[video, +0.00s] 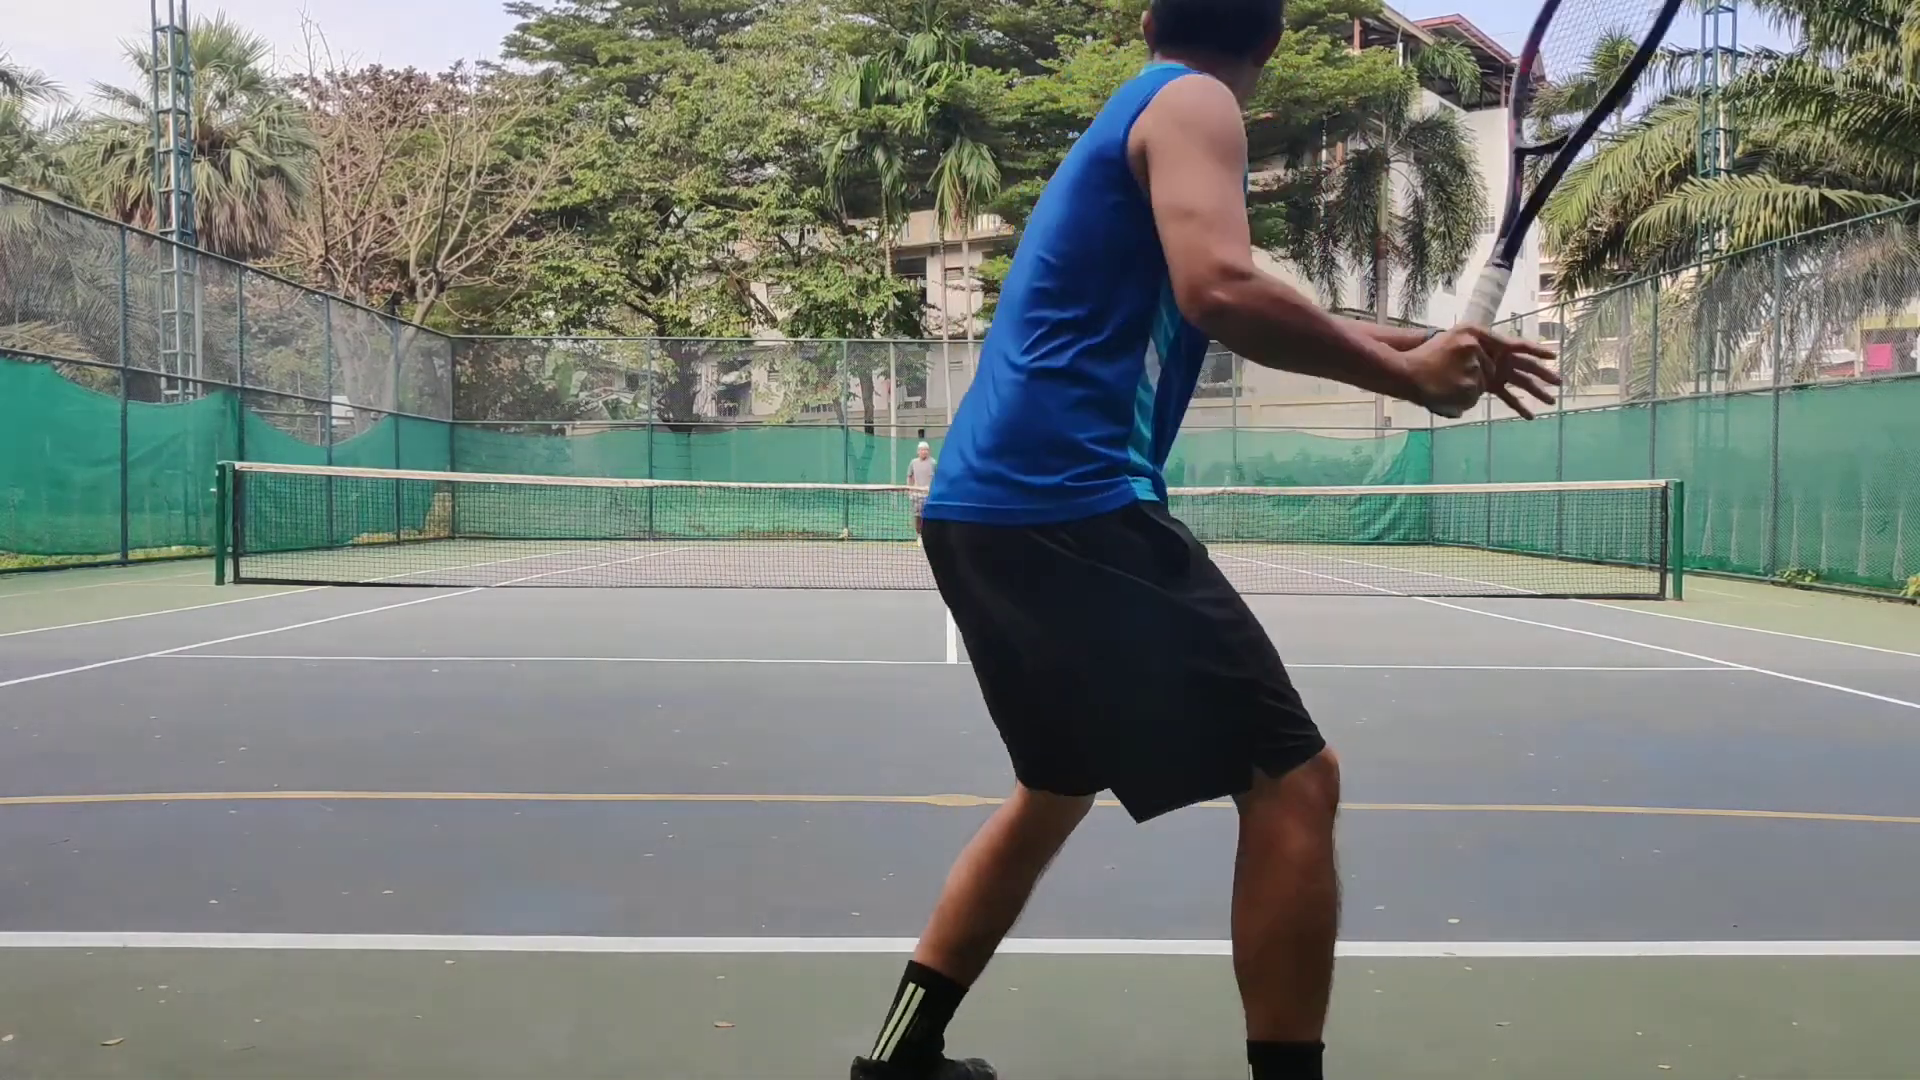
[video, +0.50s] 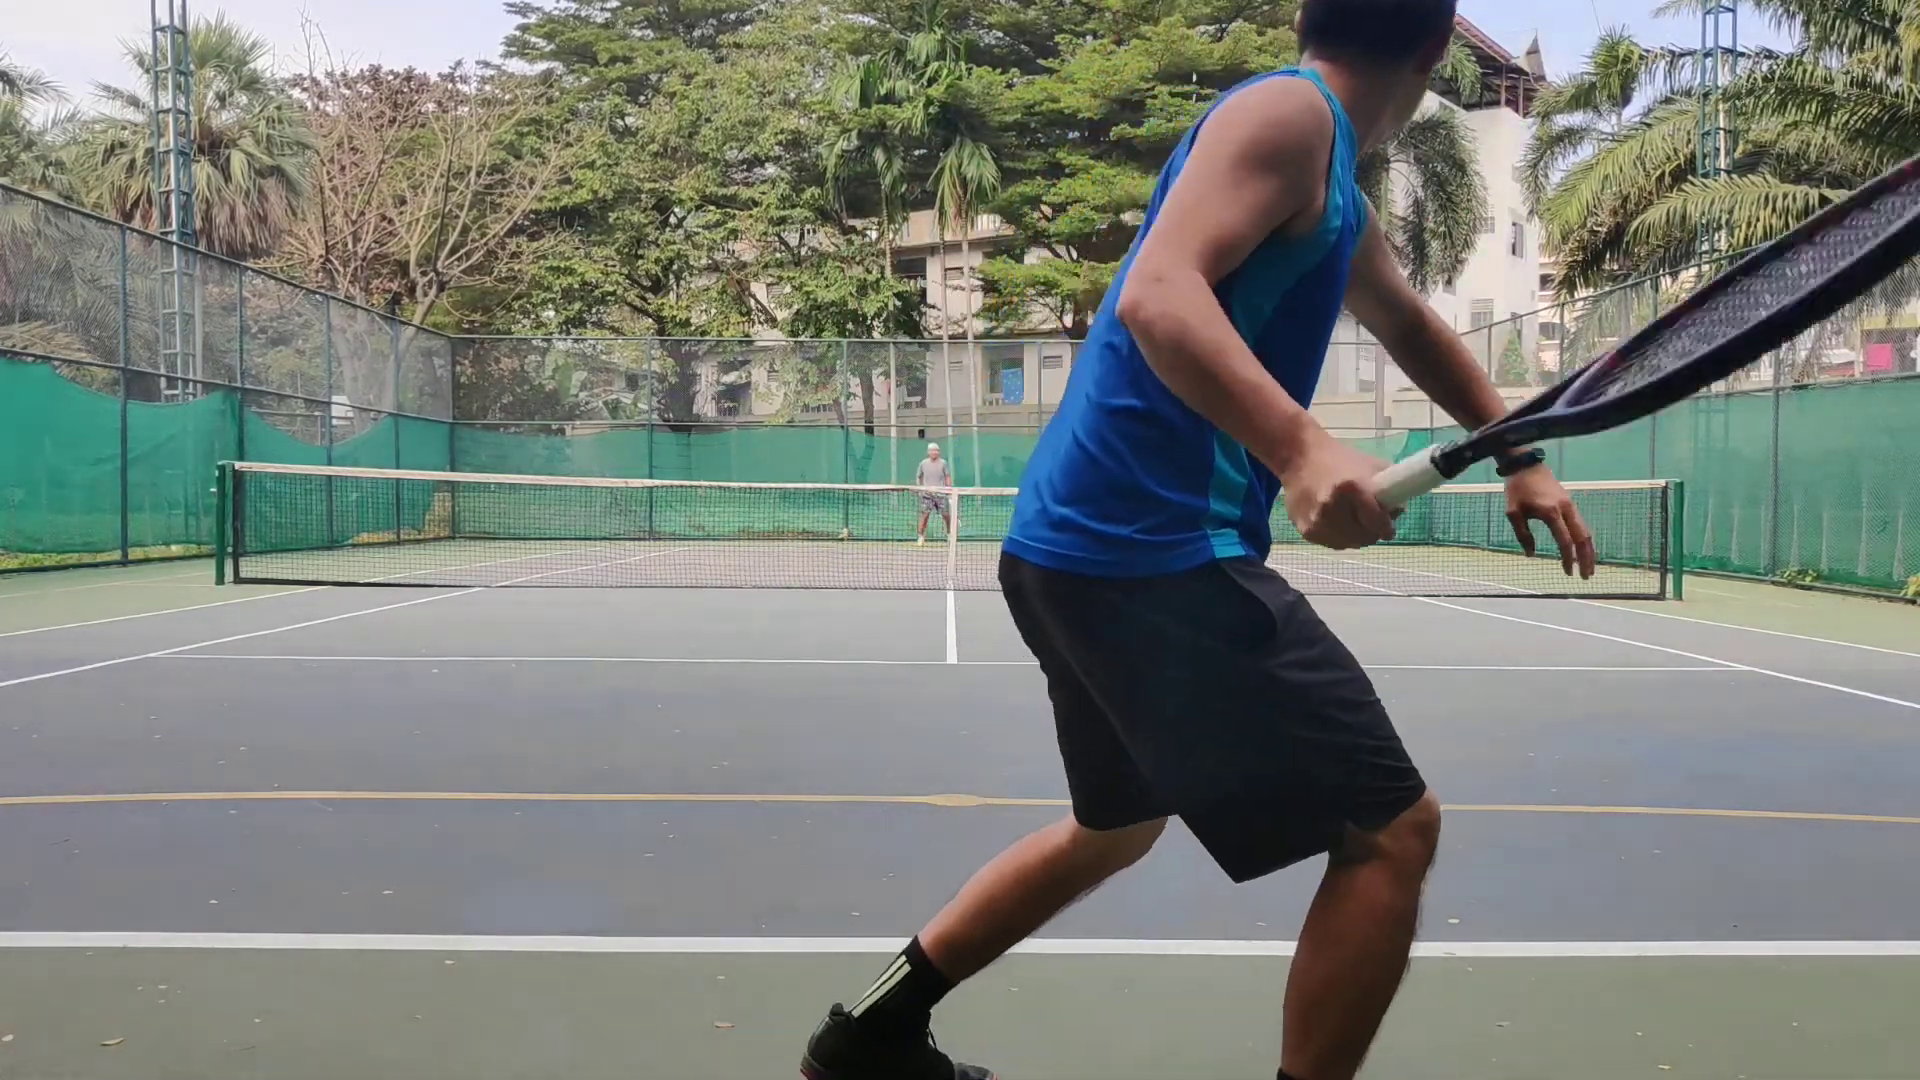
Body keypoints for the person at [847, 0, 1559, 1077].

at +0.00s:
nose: (1278, 51)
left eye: (1273, 39)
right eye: (1278, 35)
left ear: (1159, 26)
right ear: (1266, 35)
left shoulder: (1132, 117)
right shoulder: (1192, 102)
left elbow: (1239, 318)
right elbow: (1219, 287)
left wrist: (1408, 345)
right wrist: (1409, 371)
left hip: (981, 507)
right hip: (1076, 505)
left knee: (1057, 779)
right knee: (1294, 786)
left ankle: (903, 1047)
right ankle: (1288, 1076)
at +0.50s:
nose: (1436, 79)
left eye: (1439, 58)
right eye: (1444, 55)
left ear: (1321, 25)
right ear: (1432, 49)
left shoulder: (1325, 174)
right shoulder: (1286, 114)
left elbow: (1413, 328)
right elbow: (1160, 296)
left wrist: (1520, 458)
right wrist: (1305, 452)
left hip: (1078, 549)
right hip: (1153, 556)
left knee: (1117, 823)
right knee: (1392, 827)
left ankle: (880, 1024)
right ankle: (1310, 1069)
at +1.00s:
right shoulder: (1328, 12)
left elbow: (893, 25)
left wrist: (1038, 11)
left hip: (1090, 444)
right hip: (1273, 457)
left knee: (1003, 745)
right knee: (1281, 820)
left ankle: (948, 1051)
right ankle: (1295, 1077)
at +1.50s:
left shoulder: (1009, 16)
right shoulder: (1084, 40)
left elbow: (1114, 158)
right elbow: (1063, 266)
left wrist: (938, 281)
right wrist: (916, 291)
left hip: (1011, 469)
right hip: (1136, 469)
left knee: (936, 792)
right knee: (1133, 762)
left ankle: (954, 1076)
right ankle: (1254, 1052)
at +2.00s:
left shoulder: (907, 40)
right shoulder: (1154, 70)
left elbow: (848, 225)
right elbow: (1228, 239)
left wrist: (917, 266)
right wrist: (1139, 317)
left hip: (959, 452)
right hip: (1118, 460)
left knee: (829, 726)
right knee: (1151, 738)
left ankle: (738, 1031)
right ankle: (1243, 1028)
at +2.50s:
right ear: (942, 2)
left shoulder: (748, 78)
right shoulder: (1017, 98)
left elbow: (657, 238)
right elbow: (1061, 299)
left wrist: (751, 288)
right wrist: (961, 375)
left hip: (762, 491)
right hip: (943, 500)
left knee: (644, 775)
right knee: (1055, 780)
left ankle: (510, 1050)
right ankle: (1137, 1062)